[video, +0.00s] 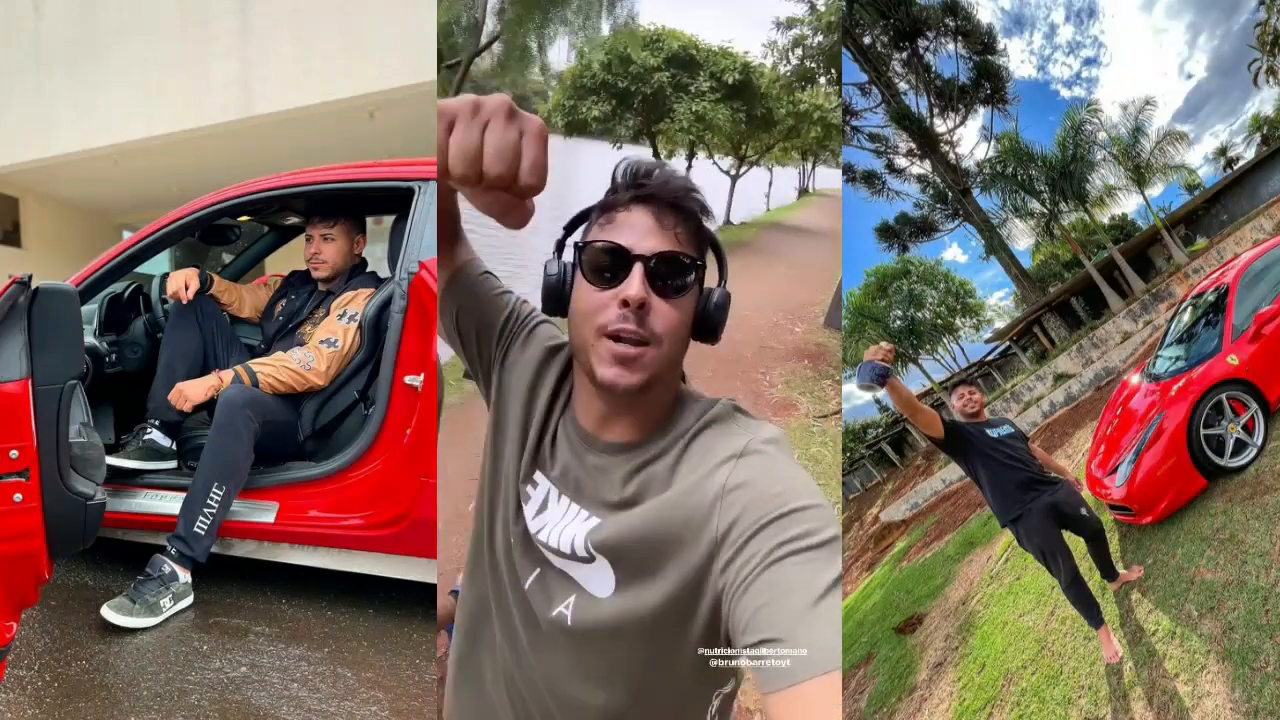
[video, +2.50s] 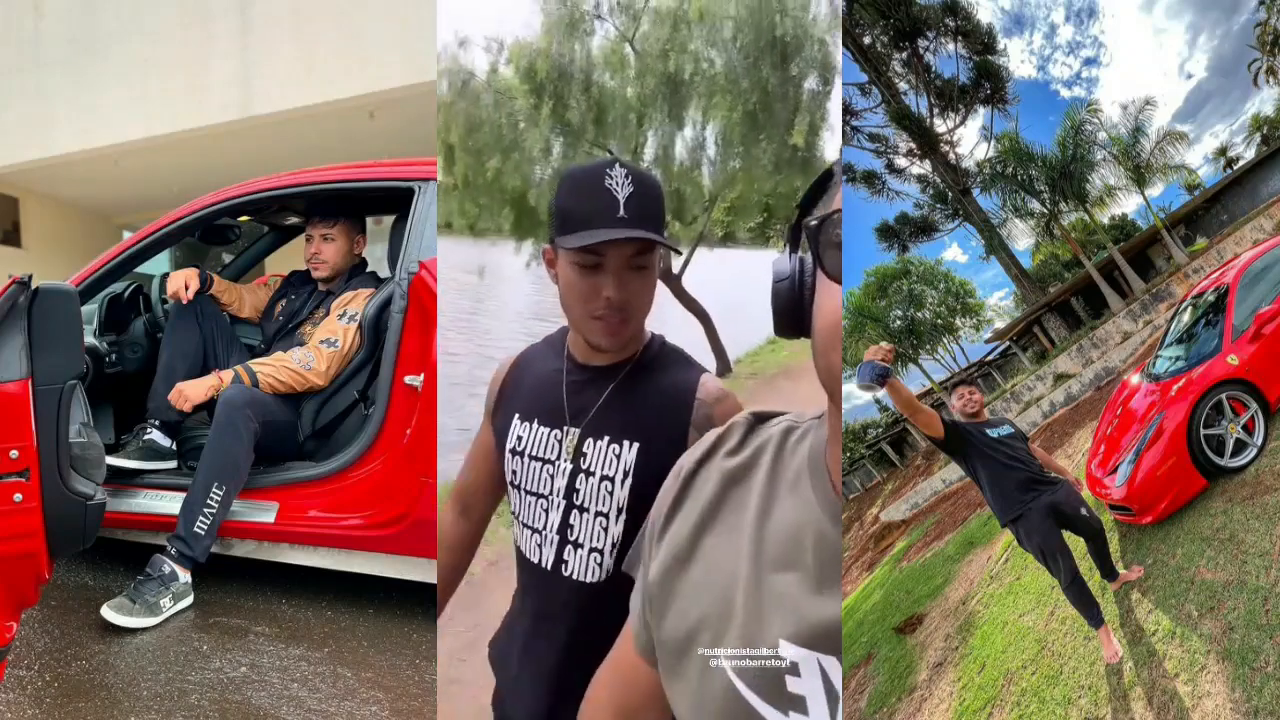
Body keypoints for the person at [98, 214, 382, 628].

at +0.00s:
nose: (314, 249)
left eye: (328, 239)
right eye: (310, 239)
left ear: (359, 245)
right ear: (305, 244)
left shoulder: (362, 297)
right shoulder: (291, 286)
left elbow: (315, 367)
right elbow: (243, 299)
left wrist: (220, 380)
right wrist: (201, 278)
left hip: (314, 411)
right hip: (261, 386)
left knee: (239, 402)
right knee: (195, 302)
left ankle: (177, 567)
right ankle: (160, 433)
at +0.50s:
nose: (314, 249)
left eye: (328, 239)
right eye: (310, 239)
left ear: (359, 245)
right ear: (304, 243)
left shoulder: (361, 297)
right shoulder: (291, 286)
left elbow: (315, 366)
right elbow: (242, 299)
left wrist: (219, 380)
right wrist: (201, 278)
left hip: (315, 410)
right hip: (265, 388)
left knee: (239, 402)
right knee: (196, 302)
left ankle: (177, 567)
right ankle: (161, 433)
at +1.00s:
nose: (314, 249)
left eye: (328, 239)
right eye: (310, 239)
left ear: (359, 245)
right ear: (304, 243)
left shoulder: (361, 297)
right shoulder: (291, 286)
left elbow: (315, 366)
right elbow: (242, 299)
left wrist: (219, 380)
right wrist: (201, 278)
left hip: (315, 410)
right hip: (264, 388)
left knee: (239, 402)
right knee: (196, 302)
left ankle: (177, 567)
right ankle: (161, 433)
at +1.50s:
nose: (315, 249)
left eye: (328, 239)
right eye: (310, 239)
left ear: (358, 245)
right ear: (304, 244)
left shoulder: (361, 297)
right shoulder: (292, 286)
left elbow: (315, 366)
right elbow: (243, 299)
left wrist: (219, 381)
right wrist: (203, 279)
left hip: (315, 411)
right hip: (265, 389)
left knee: (239, 402)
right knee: (196, 303)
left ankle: (177, 568)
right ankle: (161, 433)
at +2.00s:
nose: (315, 249)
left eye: (328, 239)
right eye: (310, 239)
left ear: (358, 245)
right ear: (304, 244)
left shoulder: (361, 297)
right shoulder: (292, 286)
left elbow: (315, 366)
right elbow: (243, 299)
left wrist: (219, 381)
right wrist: (203, 279)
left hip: (315, 411)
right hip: (265, 389)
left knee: (239, 402)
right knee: (196, 303)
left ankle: (177, 568)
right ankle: (161, 433)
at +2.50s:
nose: (314, 250)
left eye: (328, 239)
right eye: (310, 239)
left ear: (358, 245)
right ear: (304, 244)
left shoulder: (362, 297)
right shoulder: (292, 286)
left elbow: (315, 366)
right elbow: (242, 299)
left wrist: (219, 380)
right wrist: (202, 278)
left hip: (316, 410)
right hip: (266, 389)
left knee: (239, 402)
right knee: (196, 303)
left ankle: (177, 568)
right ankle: (161, 433)